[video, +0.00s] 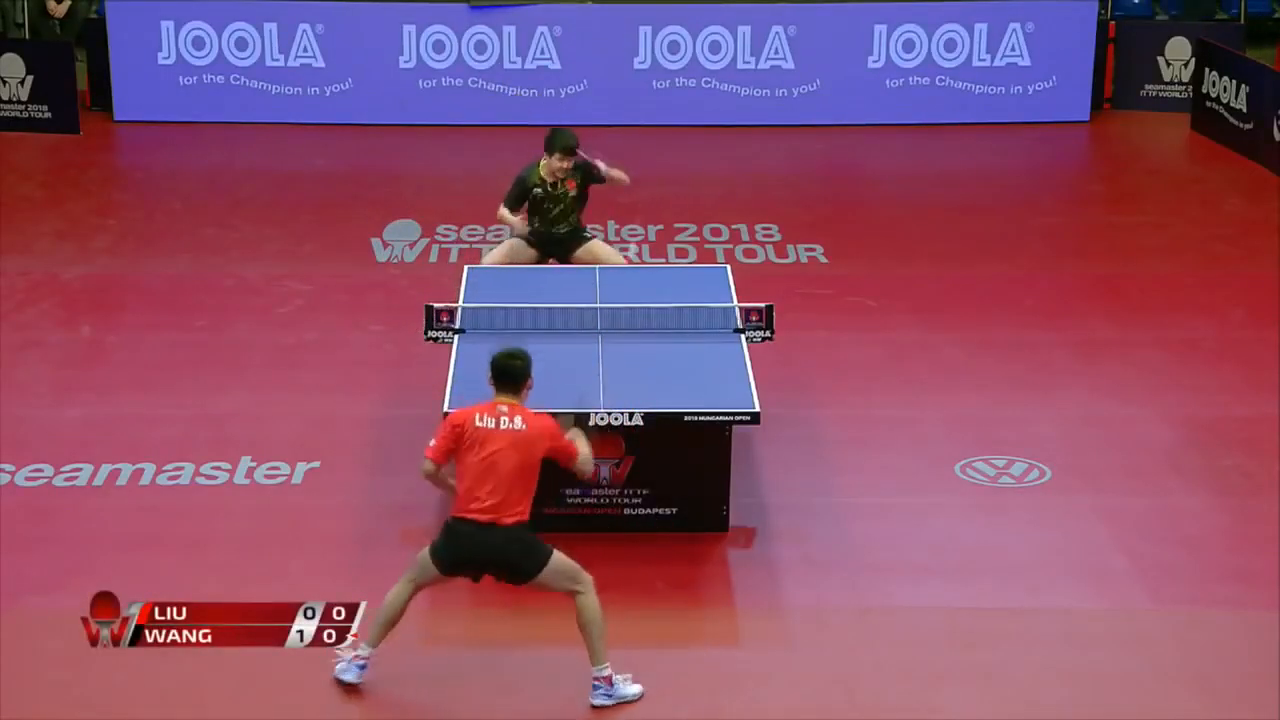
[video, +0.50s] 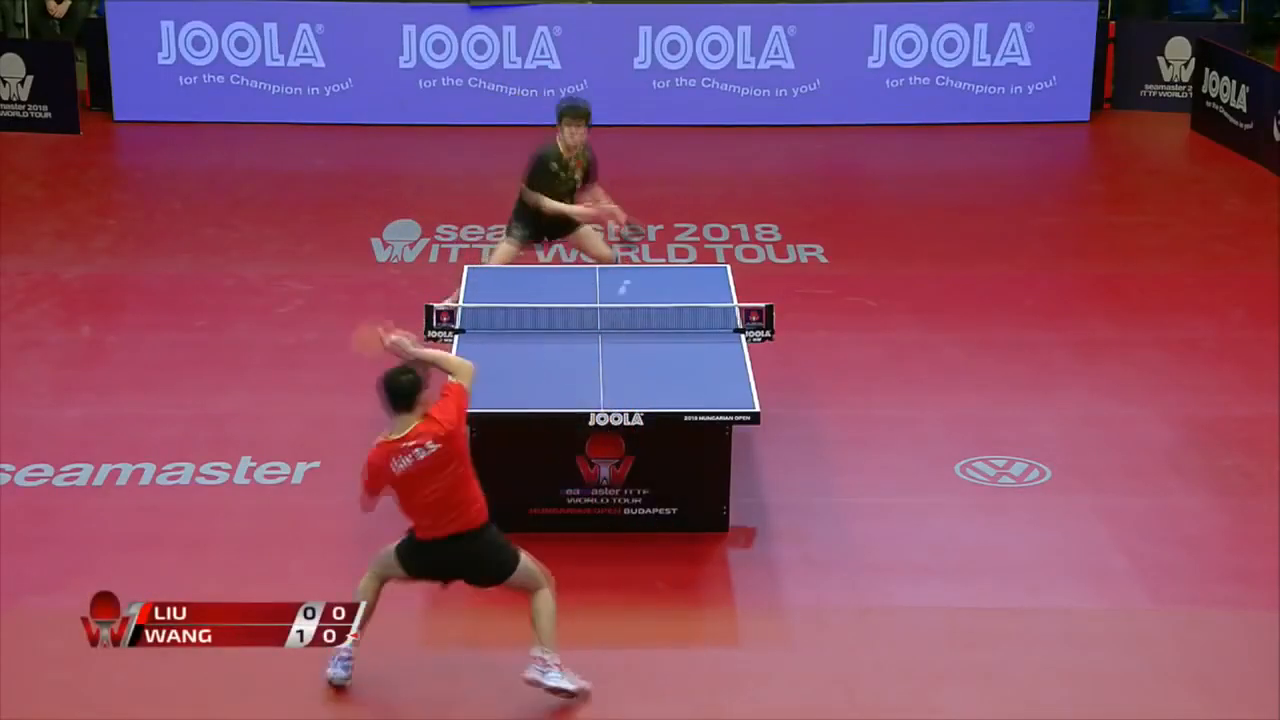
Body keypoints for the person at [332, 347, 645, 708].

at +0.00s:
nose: (530, 385)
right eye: (531, 380)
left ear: (491, 381)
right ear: (527, 385)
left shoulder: (463, 418)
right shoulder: (541, 425)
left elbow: (430, 469)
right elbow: (584, 470)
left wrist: (456, 490)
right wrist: (580, 442)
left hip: (461, 538)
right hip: (511, 543)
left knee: (409, 583)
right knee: (582, 584)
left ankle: (357, 661)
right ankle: (604, 680)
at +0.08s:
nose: (537, 404)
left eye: (530, 398)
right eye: (536, 400)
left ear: (496, 400)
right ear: (531, 406)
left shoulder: (467, 435)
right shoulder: (536, 452)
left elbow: (439, 481)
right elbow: (557, 514)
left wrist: (476, 494)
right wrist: (575, 513)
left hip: (451, 555)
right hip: (504, 562)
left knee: (405, 595)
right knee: (572, 588)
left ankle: (350, 666)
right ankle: (605, 680)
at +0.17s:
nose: (536, 418)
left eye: (532, 410)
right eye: (535, 412)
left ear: (497, 409)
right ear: (529, 418)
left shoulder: (475, 438)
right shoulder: (514, 466)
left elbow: (491, 478)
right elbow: (505, 532)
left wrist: (530, 480)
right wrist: (542, 576)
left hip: (435, 558)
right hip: (478, 565)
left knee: (407, 601)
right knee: (556, 596)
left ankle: (346, 657)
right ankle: (602, 681)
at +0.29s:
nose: (488, 411)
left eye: (488, 405)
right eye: (485, 405)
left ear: (447, 401)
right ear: (467, 406)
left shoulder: (417, 427)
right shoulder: (458, 446)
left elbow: (447, 432)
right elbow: (479, 502)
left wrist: (476, 428)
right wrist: (523, 486)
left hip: (423, 551)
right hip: (465, 555)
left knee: (402, 584)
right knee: (549, 593)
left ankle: (350, 646)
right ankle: (594, 680)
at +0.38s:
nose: (448, 398)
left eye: (446, 391)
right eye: (448, 391)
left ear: (409, 396)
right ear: (439, 397)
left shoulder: (388, 437)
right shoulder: (455, 430)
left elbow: (420, 423)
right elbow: (505, 416)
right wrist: (472, 373)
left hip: (422, 553)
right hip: (472, 551)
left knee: (392, 574)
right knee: (556, 578)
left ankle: (349, 644)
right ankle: (553, 668)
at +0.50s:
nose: (428, 393)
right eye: (424, 388)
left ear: (386, 402)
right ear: (422, 395)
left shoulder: (381, 456)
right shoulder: (446, 419)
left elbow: (367, 502)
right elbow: (464, 369)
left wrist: (388, 453)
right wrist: (414, 351)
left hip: (427, 552)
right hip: (478, 546)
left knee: (376, 573)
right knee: (541, 584)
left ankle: (344, 656)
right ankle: (547, 663)